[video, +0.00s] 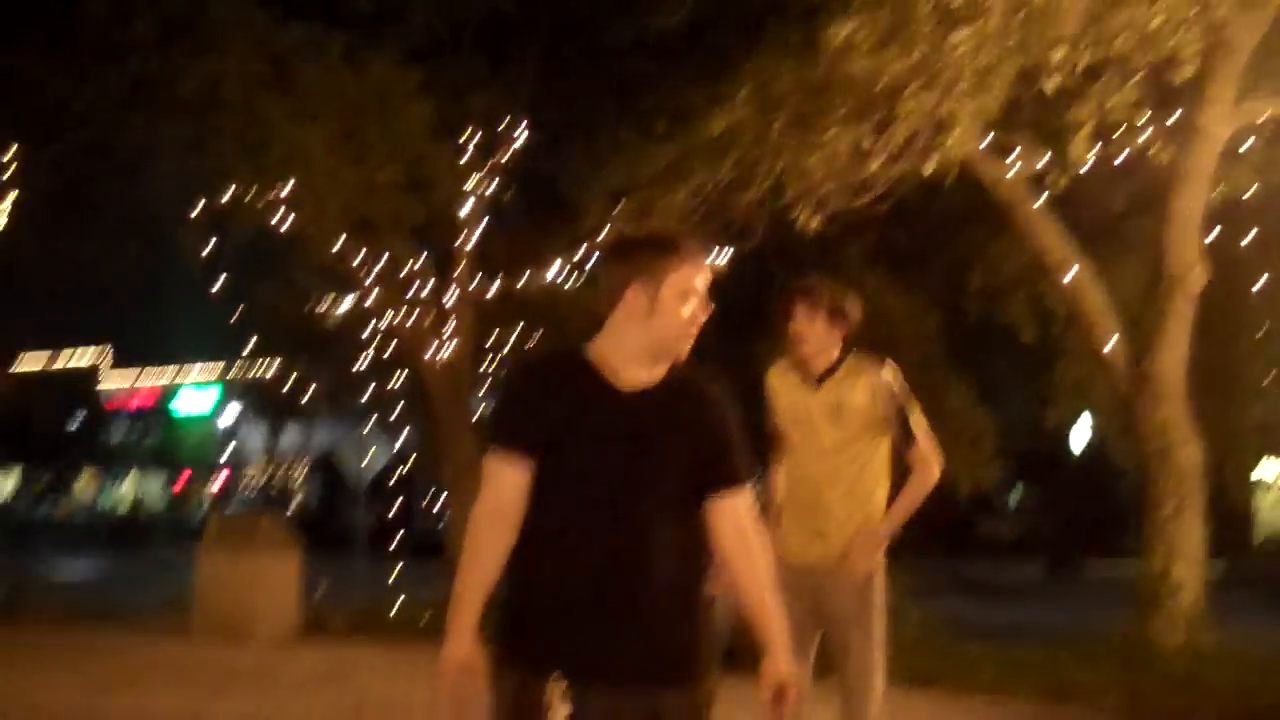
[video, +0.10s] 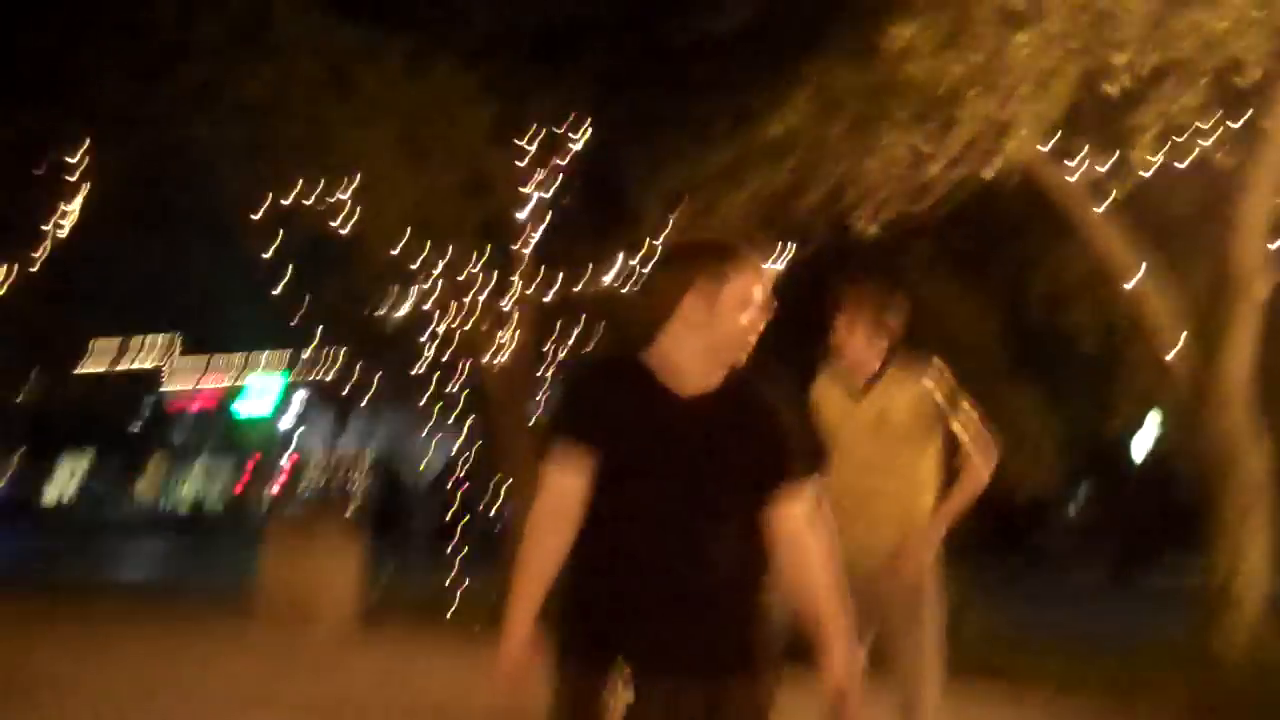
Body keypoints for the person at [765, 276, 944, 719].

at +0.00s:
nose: (796, 329)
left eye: (809, 319)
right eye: (794, 318)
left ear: (840, 327)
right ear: (788, 322)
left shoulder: (878, 379)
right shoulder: (778, 381)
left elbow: (929, 464)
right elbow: (780, 454)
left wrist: (879, 535)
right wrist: (773, 524)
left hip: (854, 565)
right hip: (790, 561)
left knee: (862, 699)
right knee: (784, 694)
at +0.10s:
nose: (839, 338)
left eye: (852, 326)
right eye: (839, 325)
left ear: (885, 334)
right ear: (833, 327)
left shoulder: (926, 381)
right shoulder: (823, 390)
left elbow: (982, 456)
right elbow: (810, 469)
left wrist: (931, 532)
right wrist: (816, 539)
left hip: (908, 562)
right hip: (841, 562)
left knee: (918, 692)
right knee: (840, 690)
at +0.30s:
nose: (881, 298)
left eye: (891, 286)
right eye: (878, 286)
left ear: (925, 290)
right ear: (876, 291)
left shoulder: (971, 344)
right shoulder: (869, 351)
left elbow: (1032, 414)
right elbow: (862, 422)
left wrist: (980, 481)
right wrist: (863, 486)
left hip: (960, 521)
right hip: (893, 521)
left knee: (971, 653)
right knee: (892, 647)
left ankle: (969, 712)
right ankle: (889, 713)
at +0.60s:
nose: (847, 315)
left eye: (857, 306)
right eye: (847, 305)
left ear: (889, 314)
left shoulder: (934, 367)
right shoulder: (843, 368)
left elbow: (987, 452)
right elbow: (848, 439)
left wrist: (947, 520)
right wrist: (840, 505)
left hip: (918, 549)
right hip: (855, 546)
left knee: (912, 692)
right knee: (852, 684)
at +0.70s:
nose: (871, 348)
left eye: (880, 338)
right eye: (871, 337)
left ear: (912, 347)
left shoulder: (955, 396)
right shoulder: (865, 395)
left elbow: (1005, 485)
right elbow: (865, 471)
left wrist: (966, 551)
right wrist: (858, 540)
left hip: (933, 575)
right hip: (872, 571)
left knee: (922, 706)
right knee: (864, 703)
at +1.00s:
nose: (848, 371)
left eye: (859, 364)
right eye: (849, 361)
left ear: (887, 378)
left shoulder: (924, 428)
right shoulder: (834, 410)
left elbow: (976, 493)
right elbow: (829, 468)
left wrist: (923, 544)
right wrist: (821, 514)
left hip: (888, 577)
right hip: (830, 567)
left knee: (874, 697)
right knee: (812, 687)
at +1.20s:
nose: (839, 336)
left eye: (850, 330)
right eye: (837, 327)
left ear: (877, 340)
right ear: (832, 329)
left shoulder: (904, 390)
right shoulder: (814, 376)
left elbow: (956, 454)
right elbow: (806, 429)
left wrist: (910, 506)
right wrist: (801, 480)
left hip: (869, 548)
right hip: (810, 540)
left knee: (852, 680)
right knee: (786, 666)